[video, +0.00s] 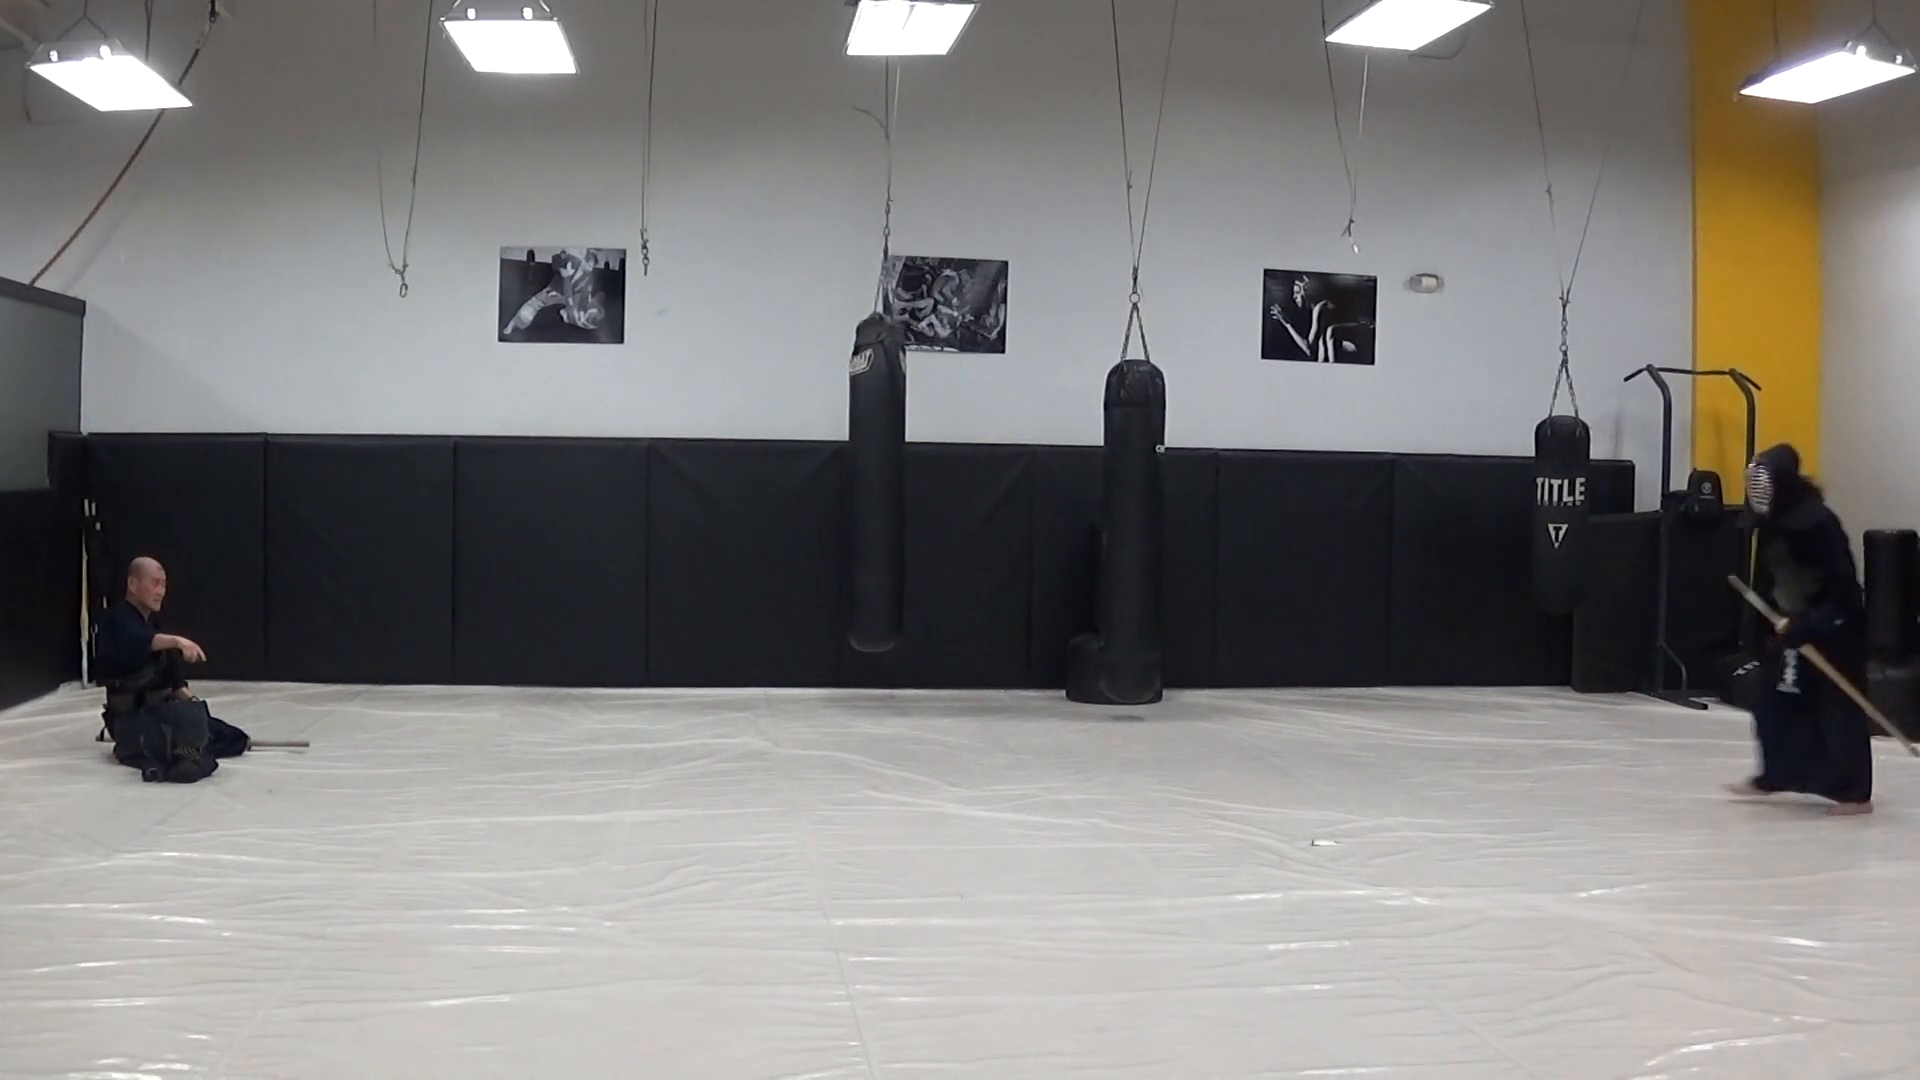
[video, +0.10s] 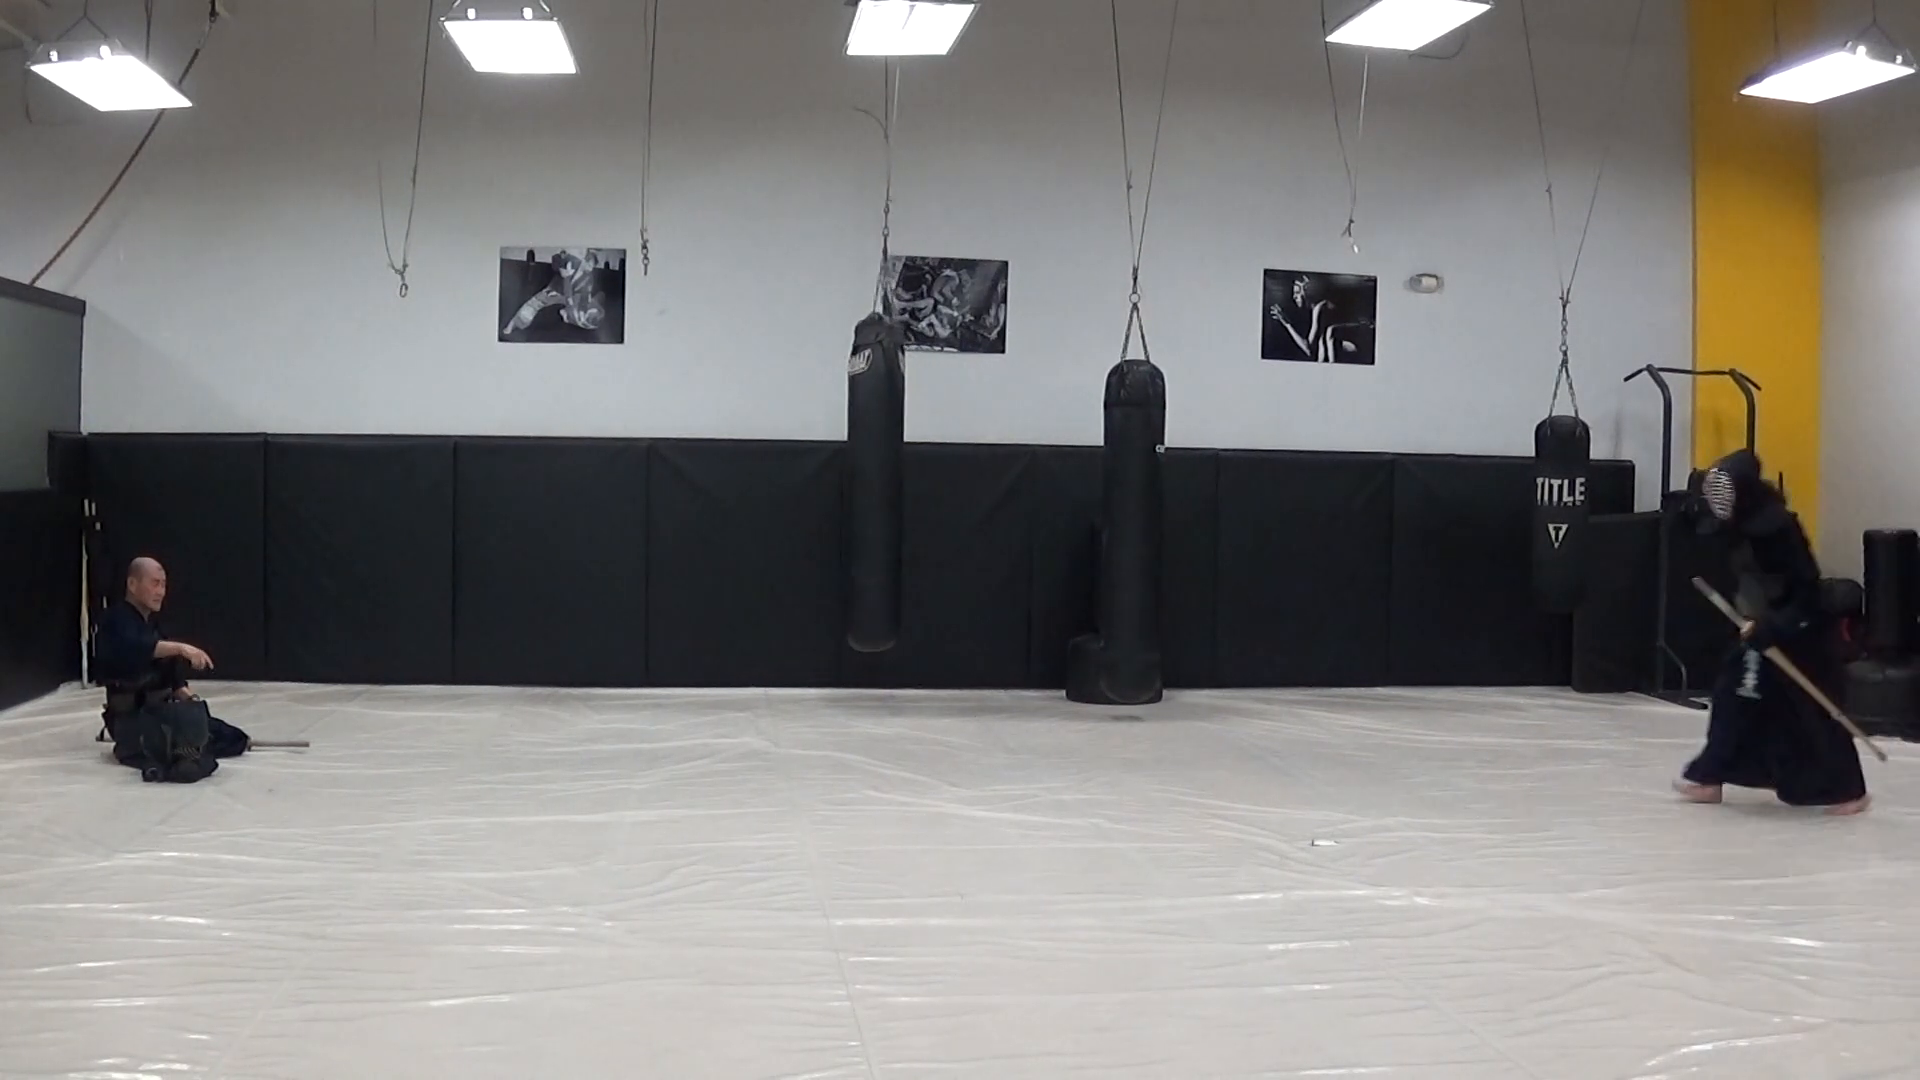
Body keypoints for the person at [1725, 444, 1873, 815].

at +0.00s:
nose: (1757, 488)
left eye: (1764, 481)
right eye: (1754, 480)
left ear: (1783, 483)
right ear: (1753, 481)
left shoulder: (1817, 522)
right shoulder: (1769, 521)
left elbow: (1844, 590)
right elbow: (1767, 582)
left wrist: (1804, 624)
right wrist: (1759, 631)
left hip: (1834, 626)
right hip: (1789, 625)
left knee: (1838, 705)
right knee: (1775, 699)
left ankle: (1854, 793)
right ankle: (1777, 774)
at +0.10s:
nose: (1716, 508)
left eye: (1721, 500)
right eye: (1713, 500)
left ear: (1740, 495)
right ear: (1721, 493)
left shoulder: (1778, 525)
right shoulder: (1740, 522)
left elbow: (1808, 591)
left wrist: (1770, 626)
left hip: (1801, 626)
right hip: (1760, 624)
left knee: (1815, 703)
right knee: (1731, 696)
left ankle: (1848, 789)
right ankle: (1708, 778)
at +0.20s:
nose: (1678, 504)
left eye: (1683, 496)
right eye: (1675, 495)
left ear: (1703, 495)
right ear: (1677, 493)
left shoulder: (1735, 526)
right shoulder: (1691, 526)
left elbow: (1770, 593)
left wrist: (1735, 632)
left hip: (1758, 626)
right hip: (1717, 626)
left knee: (1758, 707)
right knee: (1705, 701)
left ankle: (1824, 770)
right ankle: (1701, 783)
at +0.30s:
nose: (1638, 509)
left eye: (1644, 499)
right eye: (1634, 500)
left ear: (1665, 498)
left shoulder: (1703, 528)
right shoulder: (1650, 536)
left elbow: (1737, 590)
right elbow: (1641, 587)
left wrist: (1707, 631)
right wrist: (1628, 622)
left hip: (1713, 628)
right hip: (1680, 629)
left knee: (1675, 706)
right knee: (1674, 705)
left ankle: (1741, 765)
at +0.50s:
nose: (1551, 504)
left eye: (1558, 495)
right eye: (1547, 494)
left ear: (1580, 494)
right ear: (1545, 491)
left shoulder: (1618, 529)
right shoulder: (1558, 529)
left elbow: (1661, 587)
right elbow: (1539, 572)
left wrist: (1632, 625)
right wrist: (1528, 600)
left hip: (1625, 628)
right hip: (1595, 625)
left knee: (1582, 697)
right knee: (1635, 698)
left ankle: (1556, 792)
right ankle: (1683, 761)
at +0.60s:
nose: (1509, 507)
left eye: (1515, 498)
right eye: (1504, 499)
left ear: (1534, 496)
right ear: (1503, 498)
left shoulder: (1568, 533)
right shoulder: (1513, 533)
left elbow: (1605, 598)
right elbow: (1504, 578)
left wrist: (1571, 638)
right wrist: (1494, 609)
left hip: (1575, 633)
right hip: (1541, 631)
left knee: (1549, 709)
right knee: (1552, 705)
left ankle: (1554, 797)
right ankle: (1620, 741)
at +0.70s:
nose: (1459, 498)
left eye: (1466, 489)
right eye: (1453, 490)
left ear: (1486, 488)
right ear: (1449, 490)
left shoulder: (1520, 525)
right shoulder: (1464, 526)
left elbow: (1551, 595)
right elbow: (1471, 582)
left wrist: (1513, 629)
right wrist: (1472, 621)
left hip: (1533, 631)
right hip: (1489, 631)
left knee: (1522, 712)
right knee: (1467, 706)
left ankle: (1551, 792)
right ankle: (1512, 771)